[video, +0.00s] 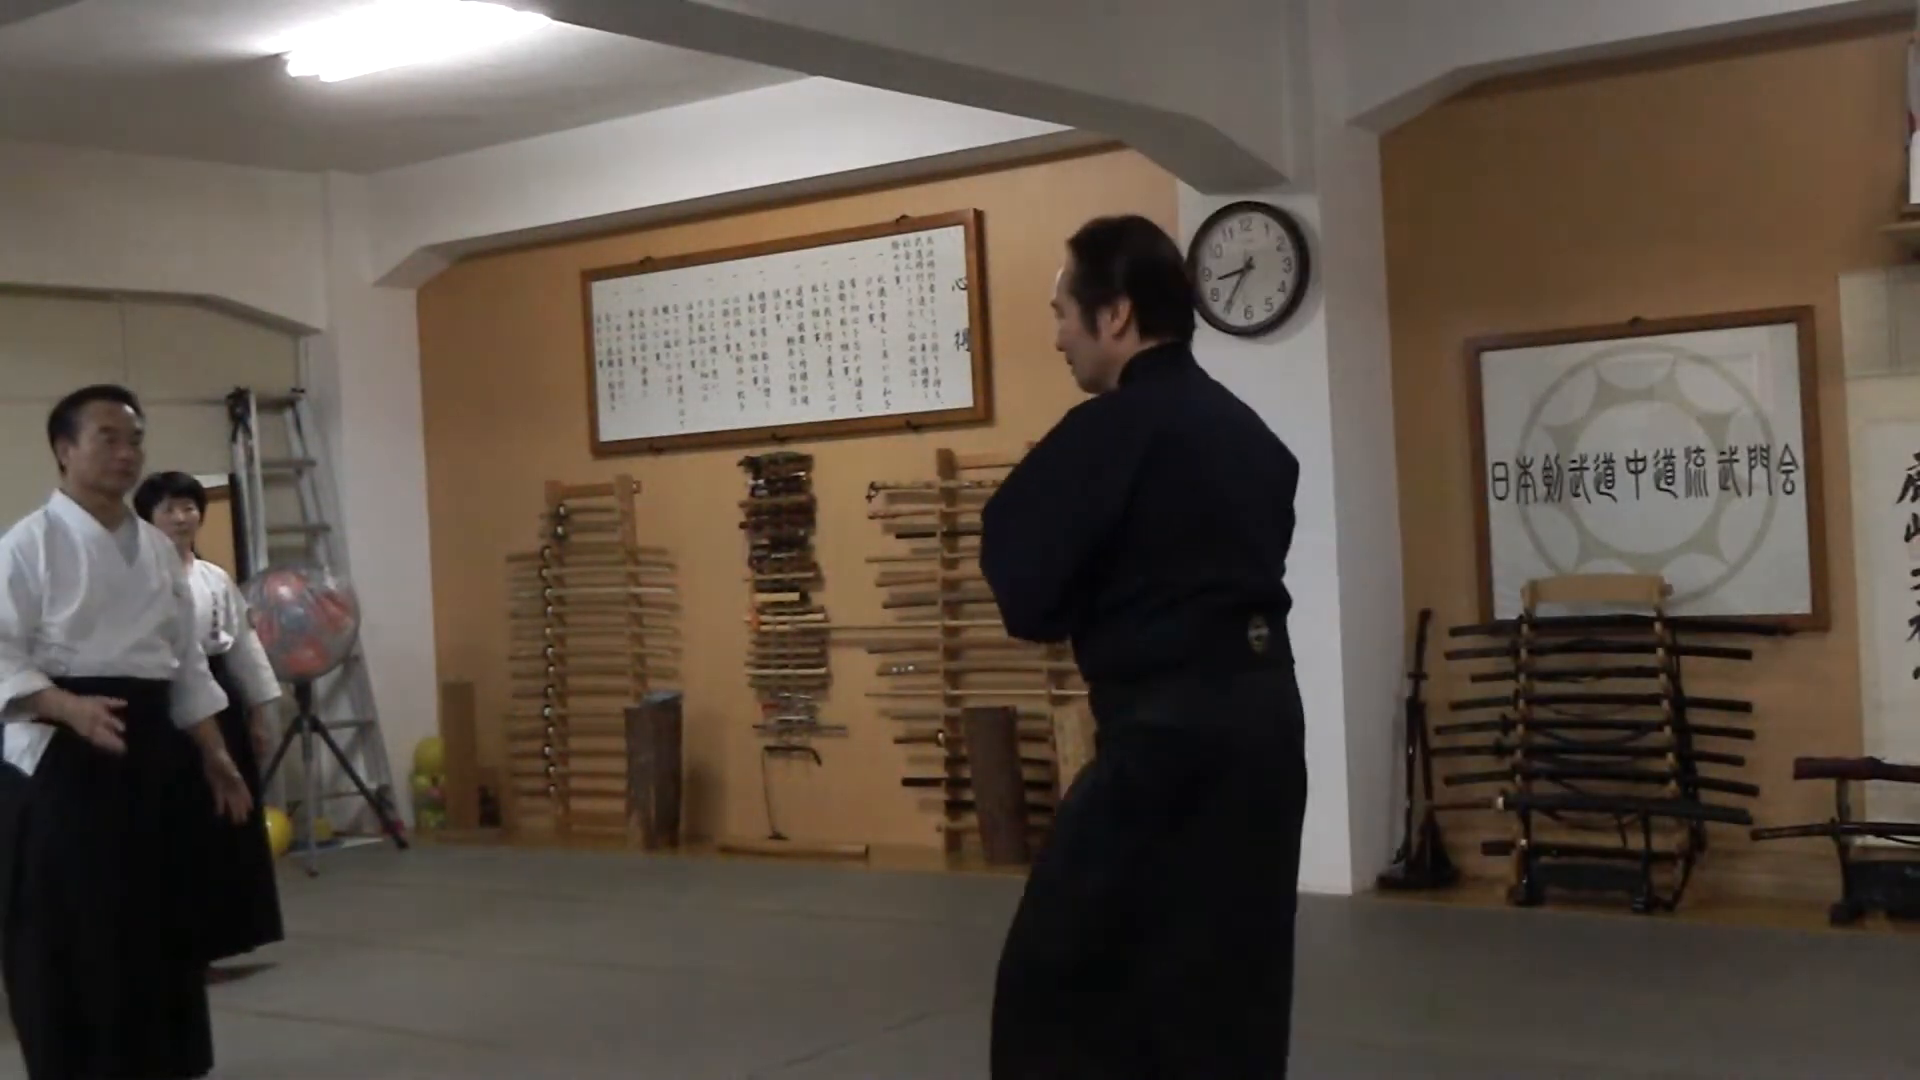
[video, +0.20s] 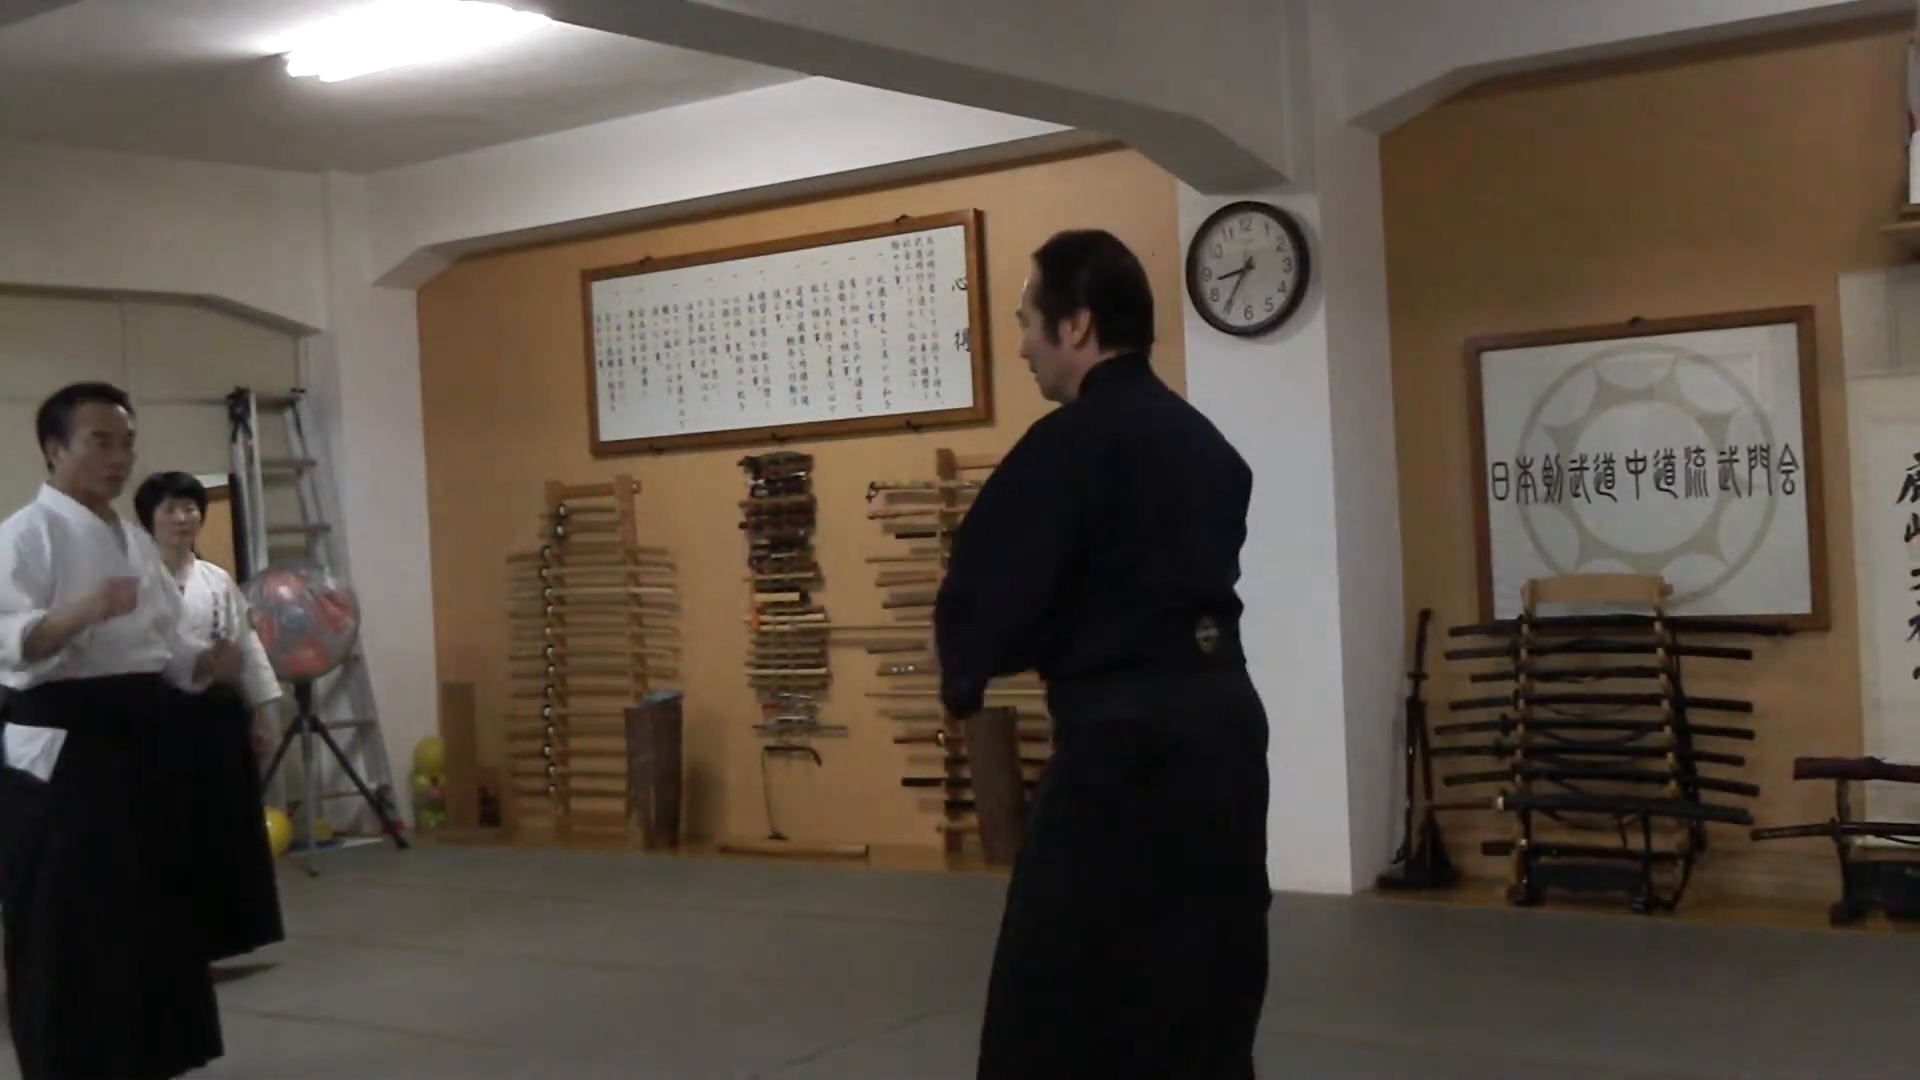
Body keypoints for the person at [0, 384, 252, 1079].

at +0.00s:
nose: (126, 451)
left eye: (135, 439)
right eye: (107, 436)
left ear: (142, 454)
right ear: (63, 450)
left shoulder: (159, 550)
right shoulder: (26, 547)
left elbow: (188, 664)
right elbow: (3, 660)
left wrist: (217, 750)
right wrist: (66, 706)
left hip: (156, 750)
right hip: (64, 753)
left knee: (164, 921)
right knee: (71, 928)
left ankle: (165, 1062)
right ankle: (80, 1064)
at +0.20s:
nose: (117, 456)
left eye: (125, 443)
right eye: (99, 441)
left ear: (132, 452)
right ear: (54, 449)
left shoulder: (135, 540)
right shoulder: (28, 532)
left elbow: (159, 652)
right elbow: (10, 643)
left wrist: (207, 662)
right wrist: (81, 611)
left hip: (140, 748)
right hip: (59, 753)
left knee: (148, 920)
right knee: (69, 930)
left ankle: (149, 1059)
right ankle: (77, 1064)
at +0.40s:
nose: (113, 461)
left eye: (119, 448)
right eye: (96, 446)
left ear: (120, 451)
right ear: (46, 451)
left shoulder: (93, 528)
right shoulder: (36, 522)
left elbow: (151, 635)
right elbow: (134, 531)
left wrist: (163, 588)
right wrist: (215, 523)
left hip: (107, 738)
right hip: (46, 748)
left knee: (123, 919)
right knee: (67, 931)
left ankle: (130, 1058)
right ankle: (75, 1062)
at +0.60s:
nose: (118, 460)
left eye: (123, 446)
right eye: (100, 444)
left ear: (124, 452)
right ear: (51, 451)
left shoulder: (86, 528)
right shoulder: (42, 523)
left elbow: (101, 648)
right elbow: (132, 541)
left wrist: (154, 621)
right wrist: (224, 529)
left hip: (100, 737)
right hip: (49, 746)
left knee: (117, 912)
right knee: (68, 926)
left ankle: (129, 1058)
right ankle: (80, 1062)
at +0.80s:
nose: (121, 460)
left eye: (125, 446)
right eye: (104, 444)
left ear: (126, 452)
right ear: (54, 451)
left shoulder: (87, 529)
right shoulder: (43, 523)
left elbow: (101, 652)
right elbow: (133, 544)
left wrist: (156, 630)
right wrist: (227, 531)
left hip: (104, 734)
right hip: (51, 742)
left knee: (122, 913)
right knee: (71, 924)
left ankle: (133, 1058)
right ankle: (81, 1062)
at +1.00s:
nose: (130, 462)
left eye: (138, 447)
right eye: (112, 447)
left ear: (145, 454)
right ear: (64, 454)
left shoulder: (141, 542)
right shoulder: (38, 543)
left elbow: (169, 631)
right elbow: (93, 637)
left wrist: (192, 684)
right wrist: (172, 652)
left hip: (133, 752)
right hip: (54, 762)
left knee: (144, 924)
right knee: (68, 937)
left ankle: (147, 1059)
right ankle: (78, 1066)